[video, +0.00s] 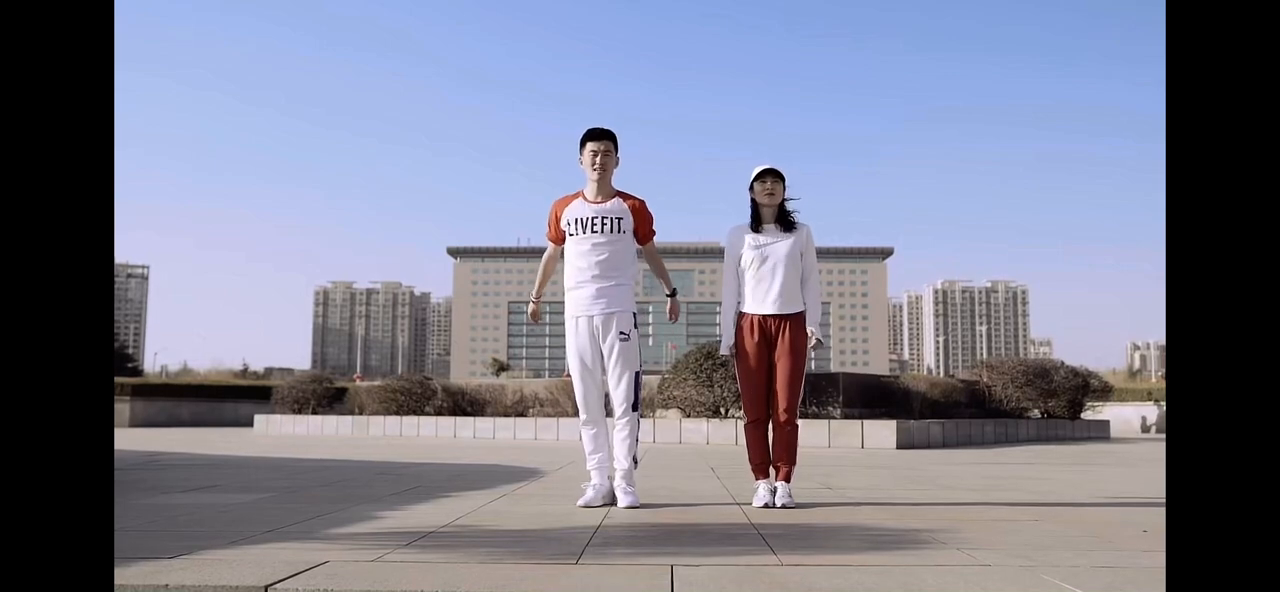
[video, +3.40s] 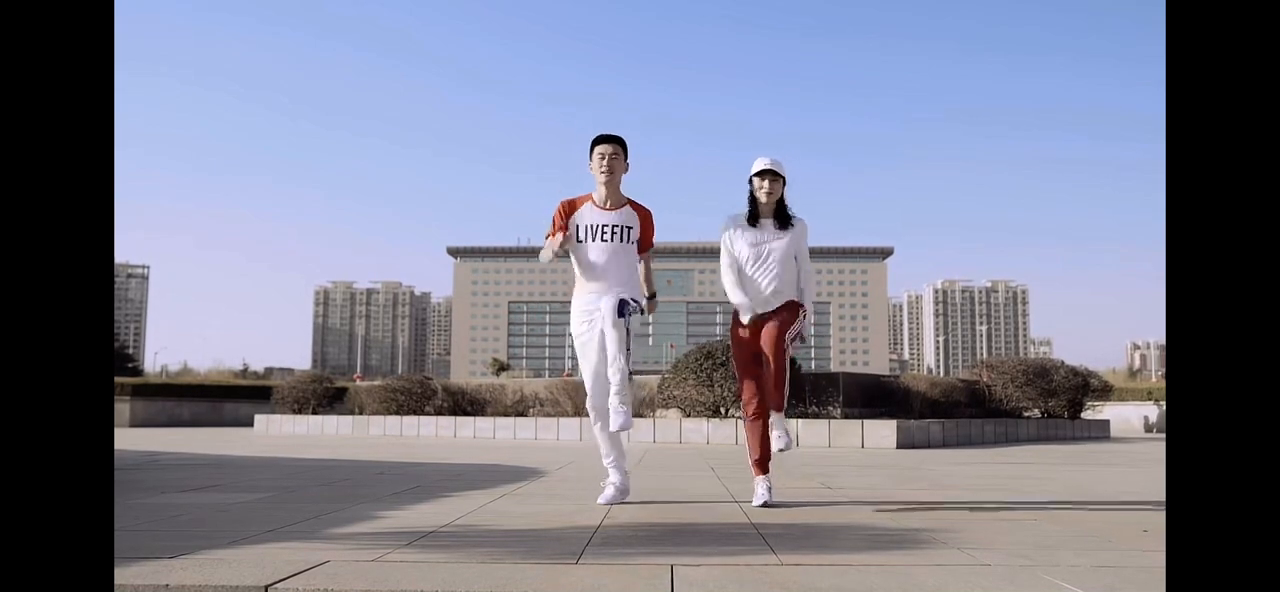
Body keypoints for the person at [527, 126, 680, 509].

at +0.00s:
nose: (599, 159)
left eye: (606, 153)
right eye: (593, 153)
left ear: (616, 160)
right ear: (581, 160)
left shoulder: (633, 206)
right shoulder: (563, 208)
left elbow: (650, 251)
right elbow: (552, 253)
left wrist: (671, 291)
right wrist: (535, 295)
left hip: (619, 313)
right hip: (578, 315)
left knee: (624, 401)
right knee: (588, 404)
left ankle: (625, 482)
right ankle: (599, 482)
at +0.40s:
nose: (601, 161)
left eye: (608, 156)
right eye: (595, 156)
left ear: (618, 164)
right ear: (584, 164)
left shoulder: (633, 208)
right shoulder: (566, 209)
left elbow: (642, 232)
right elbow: (554, 243)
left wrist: (634, 248)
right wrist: (554, 266)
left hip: (620, 313)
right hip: (579, 314)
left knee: (623, 402)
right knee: (588, 404)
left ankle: (624, 483)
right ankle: (598, 483)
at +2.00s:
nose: (601, 169)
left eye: (608, 163)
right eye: (594, 163)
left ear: (616, 169)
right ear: (582, 169)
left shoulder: (630, 214)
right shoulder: (563, 215)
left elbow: (641, 260)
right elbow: (551, 259)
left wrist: (644, 306)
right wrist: (574, 272)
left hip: (617, 313)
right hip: (576, 315)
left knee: (620, 398)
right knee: (587, 402)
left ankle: (630, 481)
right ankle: (600, 482)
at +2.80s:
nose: (600, 161)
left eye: (606, 155)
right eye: (593, 155)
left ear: (615, 161)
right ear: (580, 162)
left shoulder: (632, 209)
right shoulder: (560, 207)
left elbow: (645, 261)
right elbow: (542, 257)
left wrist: (641, 261)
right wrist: (523, 305)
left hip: (618, 307)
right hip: (576, 311)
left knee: (627, 386)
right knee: (584, 399)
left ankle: (633, 454)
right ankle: (598, 479)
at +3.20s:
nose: (597, 147)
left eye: (604, 142)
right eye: (591, 142)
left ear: (615, 151)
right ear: (580, 151)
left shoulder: (632, 196)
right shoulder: (564, 200)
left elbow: (642, 247)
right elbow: (561, 256)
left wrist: (648, 288)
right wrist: (559, 306)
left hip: (621, 300)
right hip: (582, 303)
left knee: (624, 371)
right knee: (593, 393)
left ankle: (631, 436)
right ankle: (603, 471)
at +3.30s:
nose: (602, 163)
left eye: (610, 157)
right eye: (596, 158)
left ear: (622, 167)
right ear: (587, 167)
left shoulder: (638, 216)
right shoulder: (568, 212)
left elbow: (645, 267)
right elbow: (556, 256)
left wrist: (650, 309)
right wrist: (557, 271)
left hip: (625, 306)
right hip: (585, 311)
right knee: (596, 401)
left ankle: (624, 392)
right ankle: (617, 478)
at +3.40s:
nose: (606, 162)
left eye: (614, 157)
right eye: (600, 157)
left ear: (626, 166)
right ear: (590, 165)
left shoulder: (641, 215)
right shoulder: (570, 208)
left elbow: (644, 259)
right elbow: (546, 257)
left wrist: (650, 294)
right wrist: (556, 244)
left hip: (626, 302)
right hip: (586, 307)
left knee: (613, 309)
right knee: (596, 396)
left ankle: (620, 400)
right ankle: (617, 478)